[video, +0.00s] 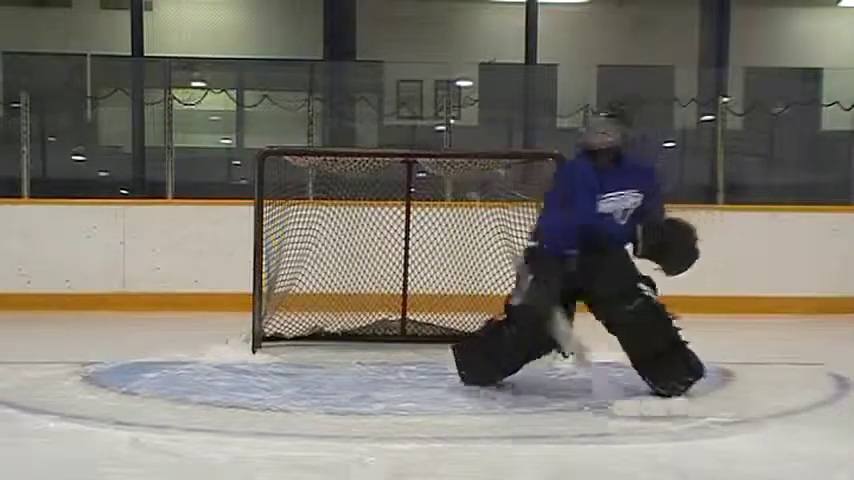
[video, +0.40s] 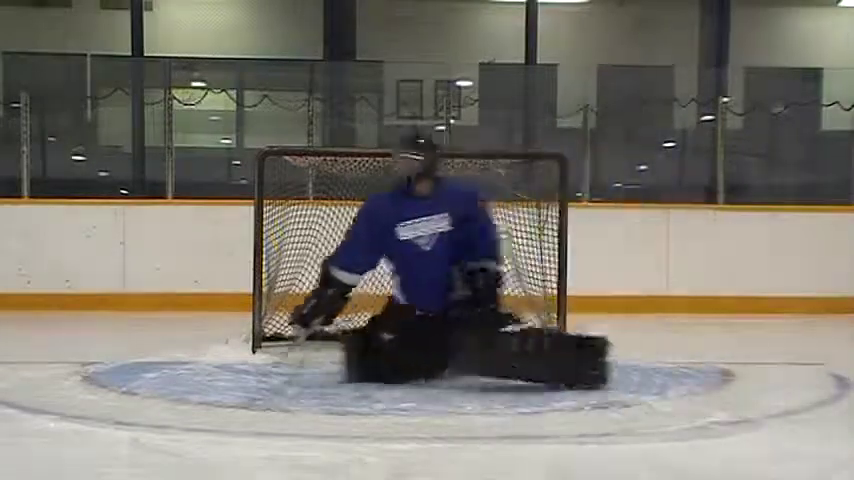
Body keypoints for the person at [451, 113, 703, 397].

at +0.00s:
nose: (601, 141)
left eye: (609, 133)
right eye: (594, 133)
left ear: (621, 137)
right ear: (584, 137)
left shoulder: (640, 175)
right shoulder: (572, 174)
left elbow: (646, 225)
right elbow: (555, 237)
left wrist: (659, 241)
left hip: (605, 259)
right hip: (559, 258)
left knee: (637, 312)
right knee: (538, 325)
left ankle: (673, 374)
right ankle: (476, 364)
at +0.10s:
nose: (556, 150)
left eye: (564, 143)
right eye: (553, 142)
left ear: (581, 147)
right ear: (549, 147)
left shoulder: (609, 182)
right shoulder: (537, 187)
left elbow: (625, 225)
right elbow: (495, 235)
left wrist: (636, 255)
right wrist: (478, 277)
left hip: (587, 276)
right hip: (534, 279)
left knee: (619, 321)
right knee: (514, 347)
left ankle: (675, 372)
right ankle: (458, 359)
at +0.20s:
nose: (504, 157)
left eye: (512, 150)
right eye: (499, 150)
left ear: (530, 151)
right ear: (495, 154)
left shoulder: (558, 183)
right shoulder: (482, 193)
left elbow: (580, 233)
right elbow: (440, 237)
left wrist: (587, 269)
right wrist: (413, 279)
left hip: (554, 288)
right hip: (501, 292)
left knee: (581, 328)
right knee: (471, 373)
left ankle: (666, 363)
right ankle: (430, 348)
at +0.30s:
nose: (445, 158)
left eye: (454, 152)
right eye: (444, 152)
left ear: (474, 158)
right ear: (443, 158)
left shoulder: (506, 194)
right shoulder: (425, 202)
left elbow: (530, 250)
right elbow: (388, 249)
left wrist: (547, 293)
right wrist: (362, 290)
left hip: (508, 301)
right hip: (455, 307)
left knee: (555, 342)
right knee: (439, 361)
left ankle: (637, 363)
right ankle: (420, 359)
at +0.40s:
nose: (402, 165)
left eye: (410, 159)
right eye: (401, 158)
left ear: (429, 161)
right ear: (399, 161)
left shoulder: (463, 200)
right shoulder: (383, 208)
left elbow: (484, 248)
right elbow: (351, 260)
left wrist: (483, 289)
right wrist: (326, 300)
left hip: (465, 309)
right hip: (412, 312)